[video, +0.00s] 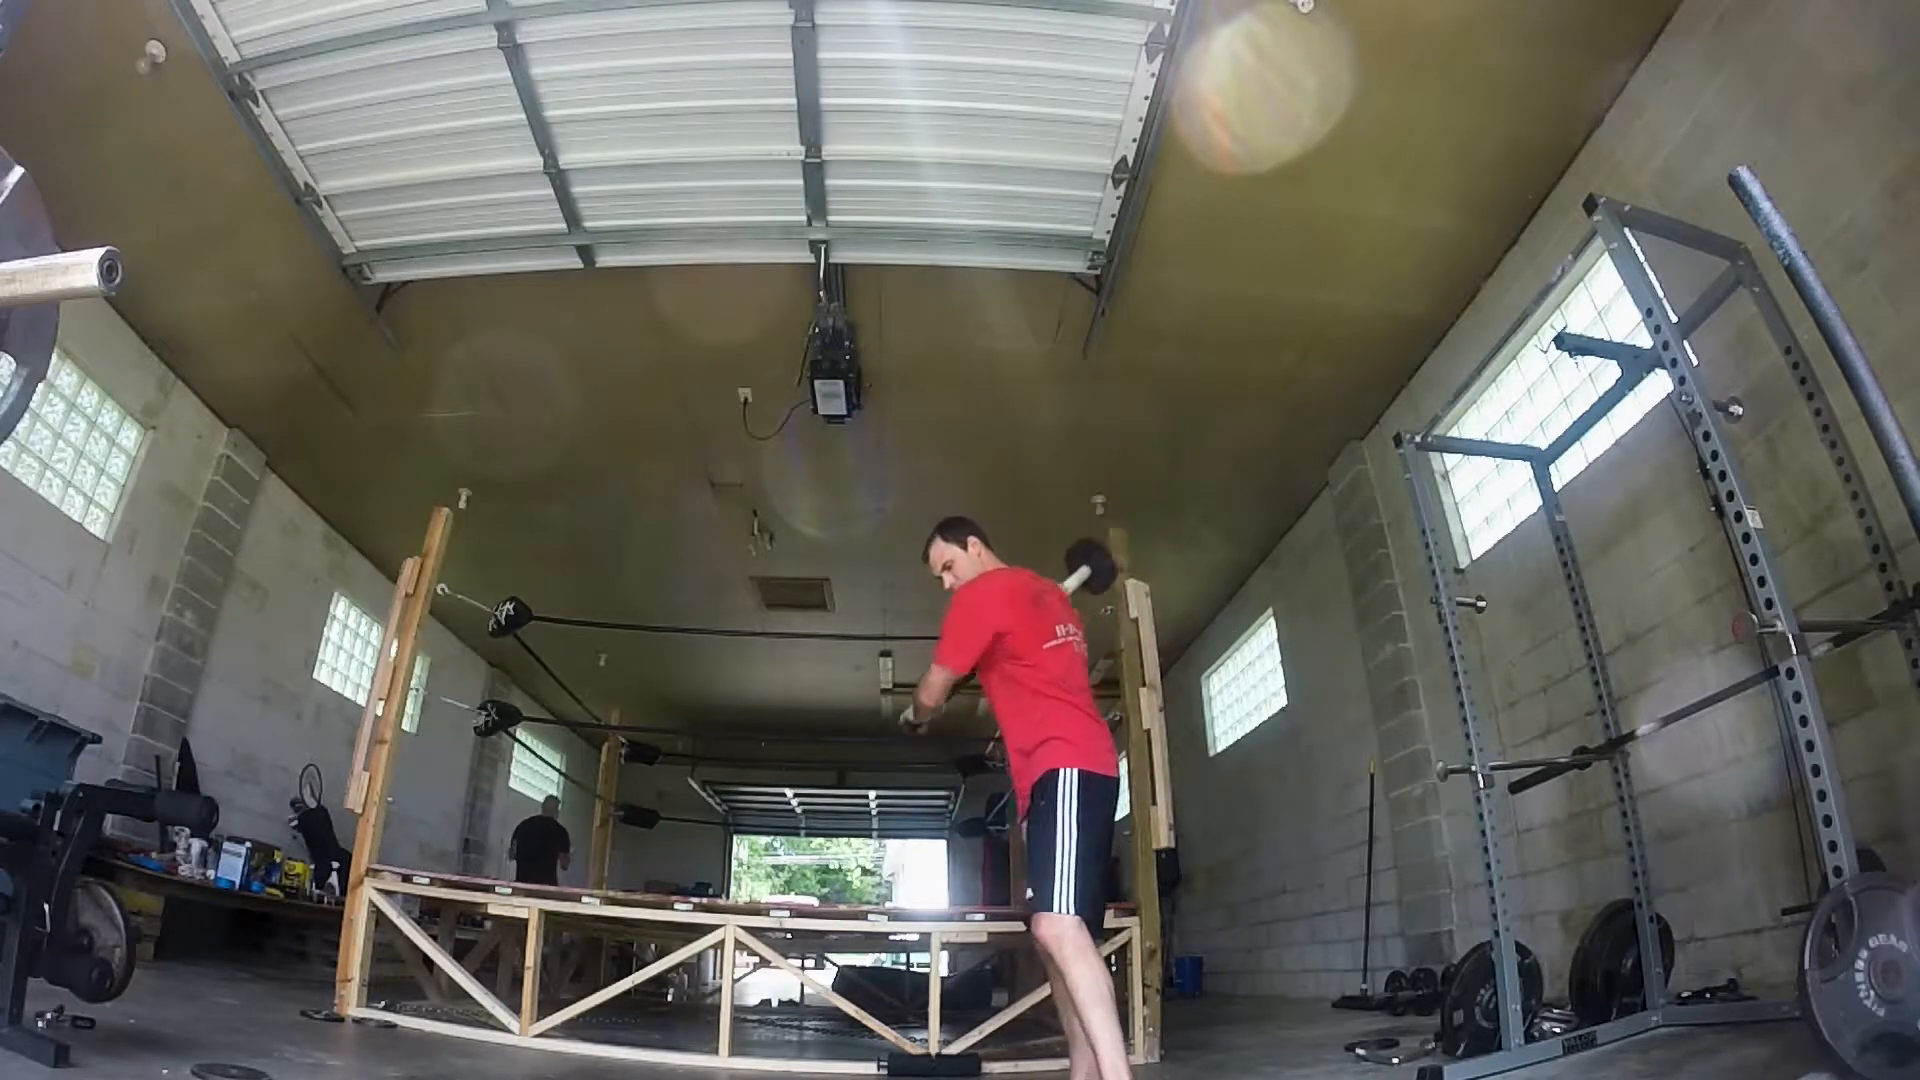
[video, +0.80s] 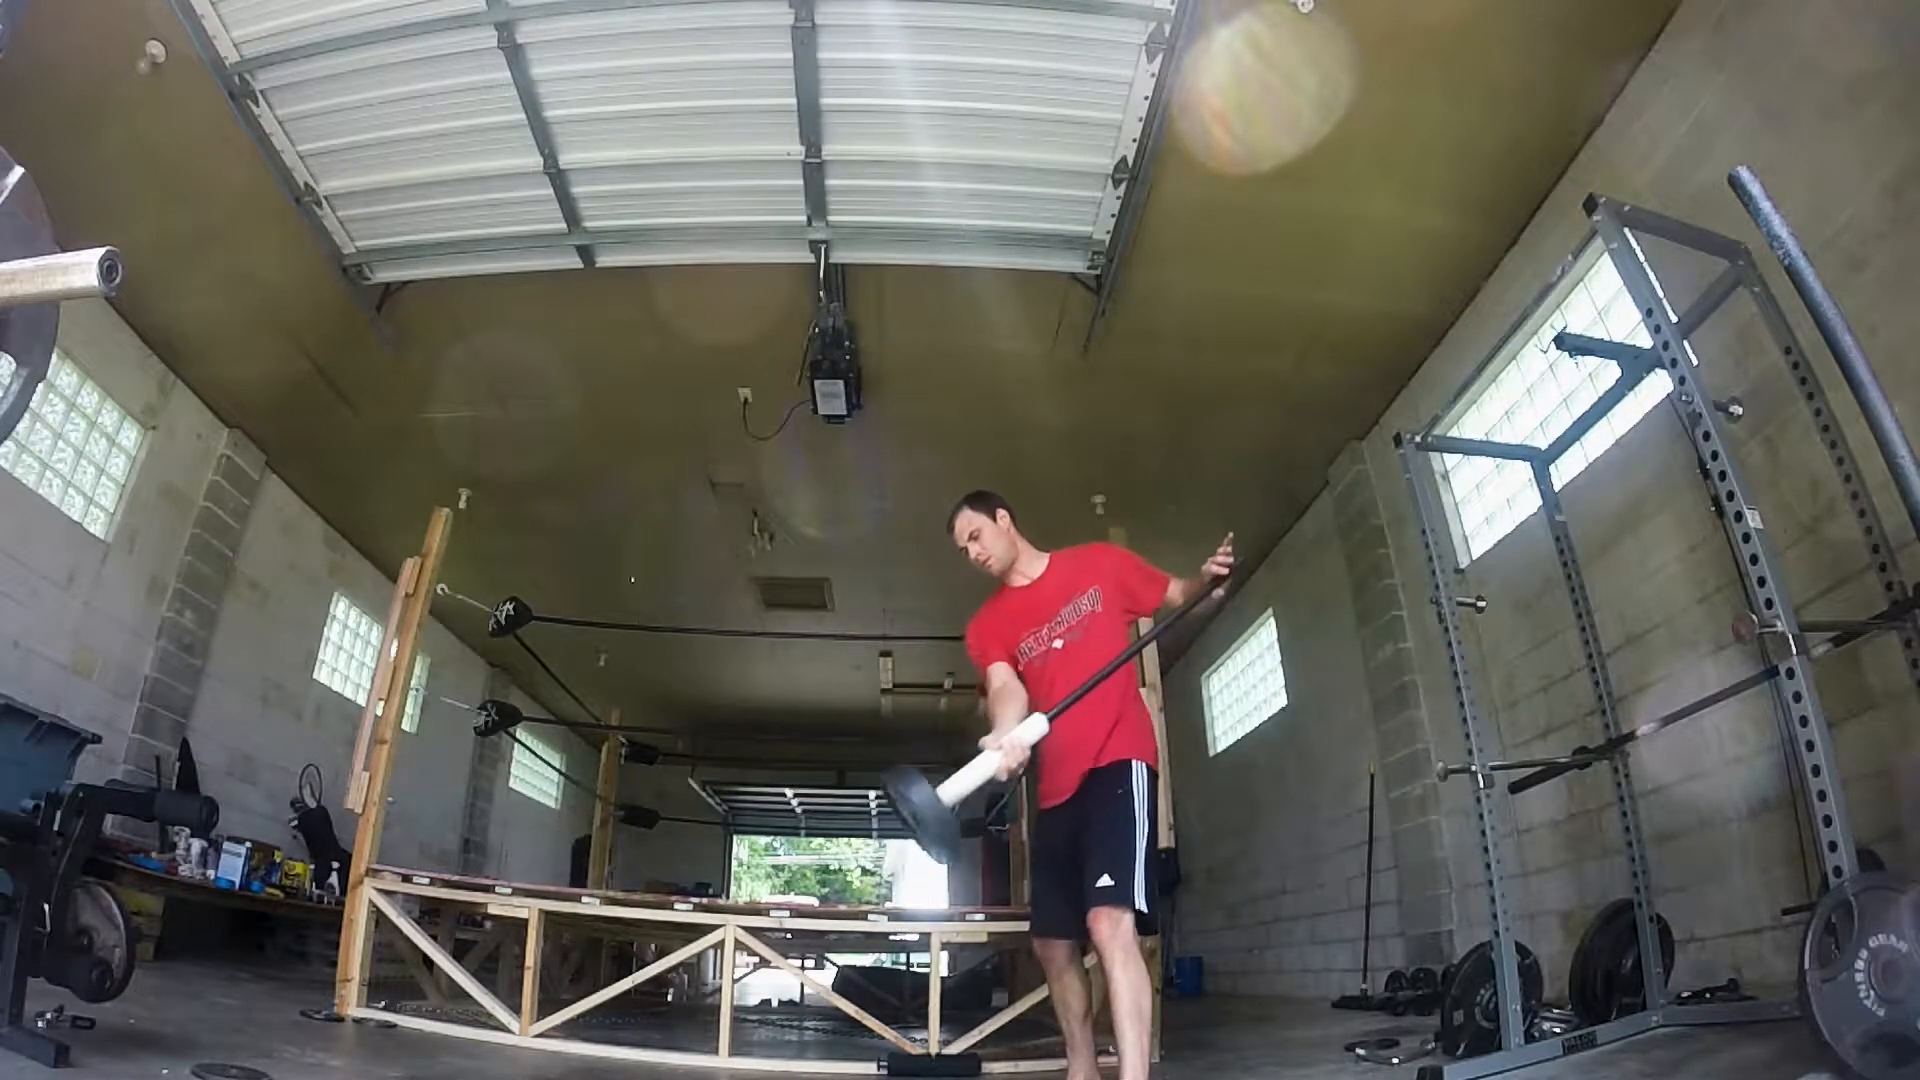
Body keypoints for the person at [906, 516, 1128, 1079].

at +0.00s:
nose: (946, 583)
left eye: (947, 567)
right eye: (939, 575)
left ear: (974, 545)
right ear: (980, 549)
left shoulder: (984, 592)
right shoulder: (1051, 593)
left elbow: (930, 693)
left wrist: (918, 718)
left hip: (1066, 765)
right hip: (1078, 765)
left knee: (1058, 924)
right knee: (1052, 929)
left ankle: (1116, 1073)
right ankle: (1084, 1072)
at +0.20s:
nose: (955, 578)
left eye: (957, 562)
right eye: (947, 572)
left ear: (985, 543)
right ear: (951, 572)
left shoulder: (1015, 585)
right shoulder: (1032, 591)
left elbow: (993, 700)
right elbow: (1050, 702)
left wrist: (955, 769)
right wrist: (1036, 788)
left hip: (1088, 764)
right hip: (1062, 776)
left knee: (1083, 925)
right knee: (1054, 936)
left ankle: (1125, 1074)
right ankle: (1086, 1072)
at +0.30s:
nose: (959, 578)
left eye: (960, 562)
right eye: (951, 572)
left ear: (989, 541)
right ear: (956, 572)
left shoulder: (1033, 582)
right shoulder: (1013, 612)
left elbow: (1046, 686)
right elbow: (1035, 706)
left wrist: (1003, 773)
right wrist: (1003, 764)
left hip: (1097, 764)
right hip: (1060, 779)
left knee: (1091, 924)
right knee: (1056, 937)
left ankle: (1127, 1074)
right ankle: (1085, 1072)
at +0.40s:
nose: (960, 576)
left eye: (961, 560)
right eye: (952, 570)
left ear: (990, 538)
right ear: (958, 572)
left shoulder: (1048, 575)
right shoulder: (1009, 641)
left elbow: (1105, 650)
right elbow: (1030, 741)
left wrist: (1074, 746)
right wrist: (971, 812)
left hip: (1107, 767)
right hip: (1057, 788)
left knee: (1097, 923)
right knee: (1058, 938)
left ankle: (1128, 1073)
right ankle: (1086, 1072)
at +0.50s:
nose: (964, 572)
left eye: (965, 556)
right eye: (955, 567)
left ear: (995, 535)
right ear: (962, 569)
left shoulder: (1072, 569)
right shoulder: (999, 646)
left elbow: (1156, 614)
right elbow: (1015, 746)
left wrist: (1142, 692)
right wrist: (964, 828)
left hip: (1113, 771)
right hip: (1056, 796)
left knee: (1104, 926)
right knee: (1055, 939)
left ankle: (1131, 1075)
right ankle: (1086, 1072)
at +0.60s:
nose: (967, 567)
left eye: (969, 550)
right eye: (959, 561)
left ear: (998, 530)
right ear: (966, 563)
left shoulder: (1088, 565)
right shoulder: (994, 641)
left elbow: (1186, 592)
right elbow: (1007, 737)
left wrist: (1191, 624)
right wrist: (971, 814)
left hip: (1117, 763)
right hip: (1057, 788)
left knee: (1107, 923)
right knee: (1051, 938)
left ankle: (1133, 1075)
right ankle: (1084, 1071)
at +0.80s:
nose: (972, 552)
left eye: (975, 535)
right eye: (963, 547)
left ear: (1005, 520)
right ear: (965, 555)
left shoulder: (1098, 562)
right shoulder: (987, 624)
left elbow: (1174, 596)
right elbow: (1005, 690)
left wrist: (1204, 579)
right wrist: (1006, 735)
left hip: (1119, 756)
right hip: (1057, 779)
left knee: (1108, 920)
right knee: (1052, 939)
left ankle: (1135, 1074)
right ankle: (1082, 1070)